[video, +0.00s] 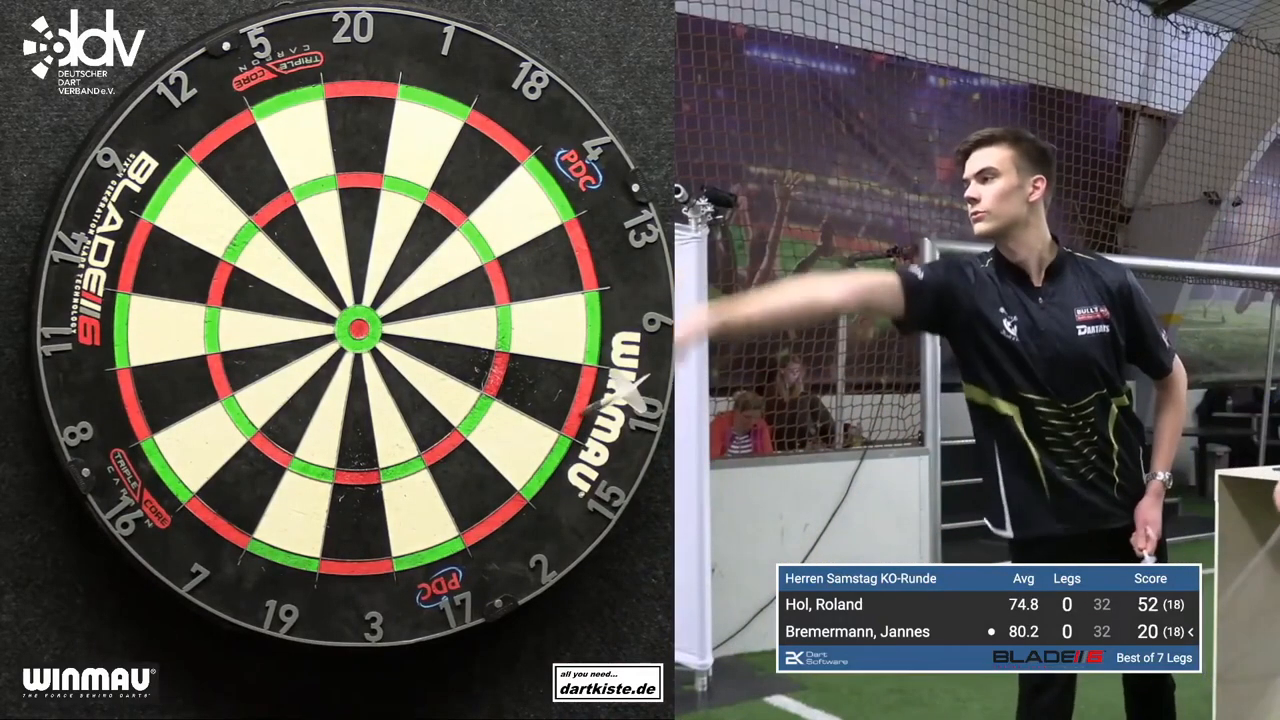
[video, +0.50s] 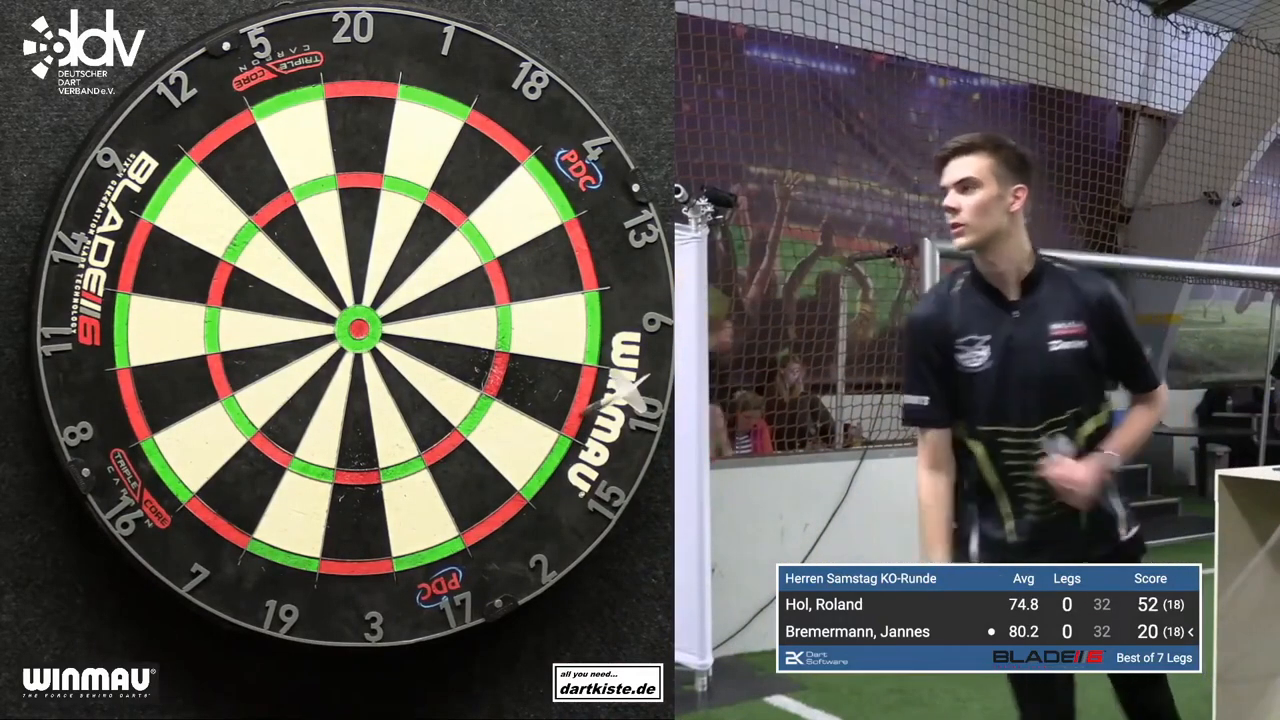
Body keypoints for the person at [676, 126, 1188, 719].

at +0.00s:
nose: (970, 193)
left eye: (986, 178)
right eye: (967, 184)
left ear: (1037, 188)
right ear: (969, 198)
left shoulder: (1109, 283)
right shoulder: (960, 284)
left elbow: (1173, 381)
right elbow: (840, 290)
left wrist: (1157, 487)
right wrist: (707, 318)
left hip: (1127, 522)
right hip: (1038, 535)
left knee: (1153, 682)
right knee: (1046, 691)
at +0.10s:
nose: (970, 192)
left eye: (987, 178)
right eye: (967, 183)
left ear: (1037, 188)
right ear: (969, 198)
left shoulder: (1110, 284)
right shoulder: (960, 289)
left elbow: (1173, 382)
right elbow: (842, 329)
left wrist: (1156, 488)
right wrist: (714, 377)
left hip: (1129, 523)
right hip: (1039, 538)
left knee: (1153, 680)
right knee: (1046, 691)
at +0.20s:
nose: (970, 194)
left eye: (987, 178)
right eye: (967, 184)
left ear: (1037, 189)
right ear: (967, 199)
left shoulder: (1108, 284)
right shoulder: (960, 295)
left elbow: (1174, 382)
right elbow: (864, 364)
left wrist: (1156, 488)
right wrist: (753, 445)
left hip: (1128, 521)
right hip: (1037, 539)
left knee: (1155, 682)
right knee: (1046, 693)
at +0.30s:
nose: (967, 197)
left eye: (985, 181)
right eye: (964, 187)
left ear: (1035, 191)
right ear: (965, 202)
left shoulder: (1108, 285)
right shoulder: (960, 307)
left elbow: (1172, 387)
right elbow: (902, 417)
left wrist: (1153, 491)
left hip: (1128, 524)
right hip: (1037, 544)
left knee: (1150, 678)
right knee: (1052, 695)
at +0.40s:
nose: (958, 203)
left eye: (976, 186)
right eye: (956, 192)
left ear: (1025, 197)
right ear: (955, 207)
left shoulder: (1098, 293)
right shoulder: (948, 319)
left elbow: (1162, 391)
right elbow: (927, 460)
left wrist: (1131, 482)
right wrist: (910, 582)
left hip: (1112, 529)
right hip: (1024, 546)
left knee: (1144, 683)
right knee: (1055, 698)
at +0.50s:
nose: (948, 204)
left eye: (966, 188)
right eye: (946, 193)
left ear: (1016, 199)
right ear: (945, 206)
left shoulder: (1089, 297)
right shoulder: (936, 319)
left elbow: (1152, 397)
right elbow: (935, 464)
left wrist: (1101, 464)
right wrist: (939, 583)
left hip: (1102, 546)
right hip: (1008, 560)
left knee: (1147, 701)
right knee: (1044, 710)